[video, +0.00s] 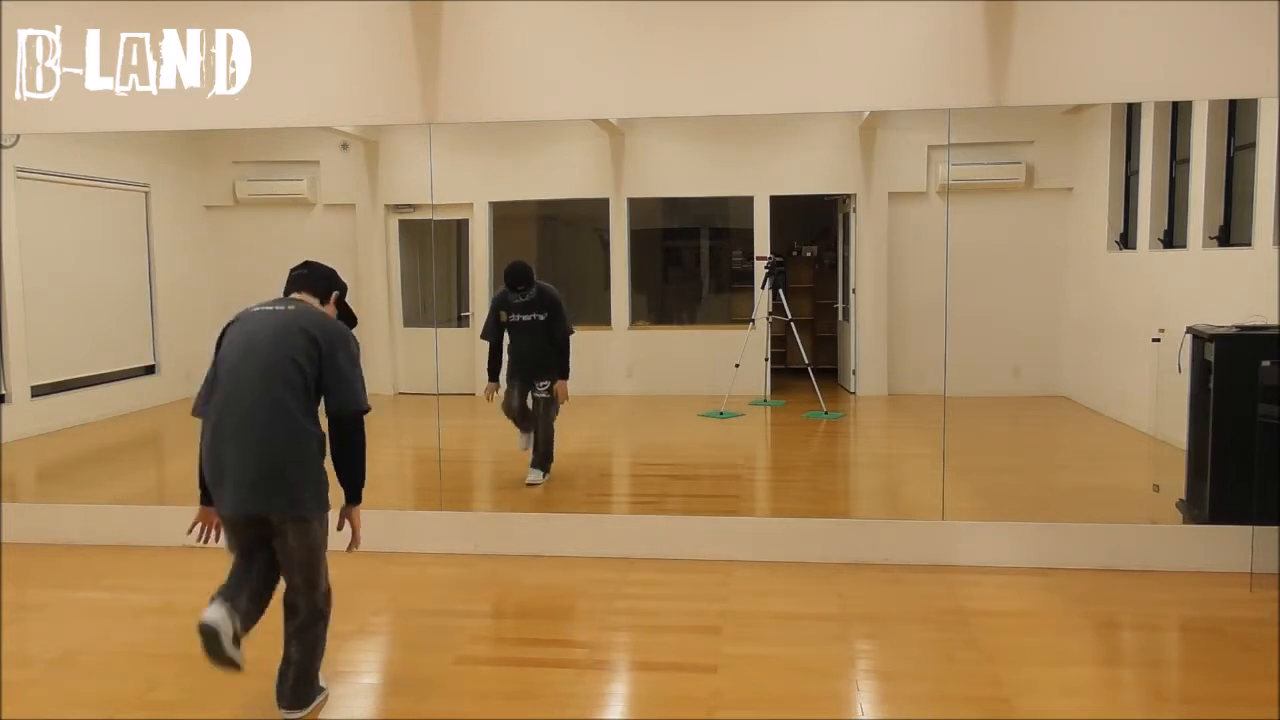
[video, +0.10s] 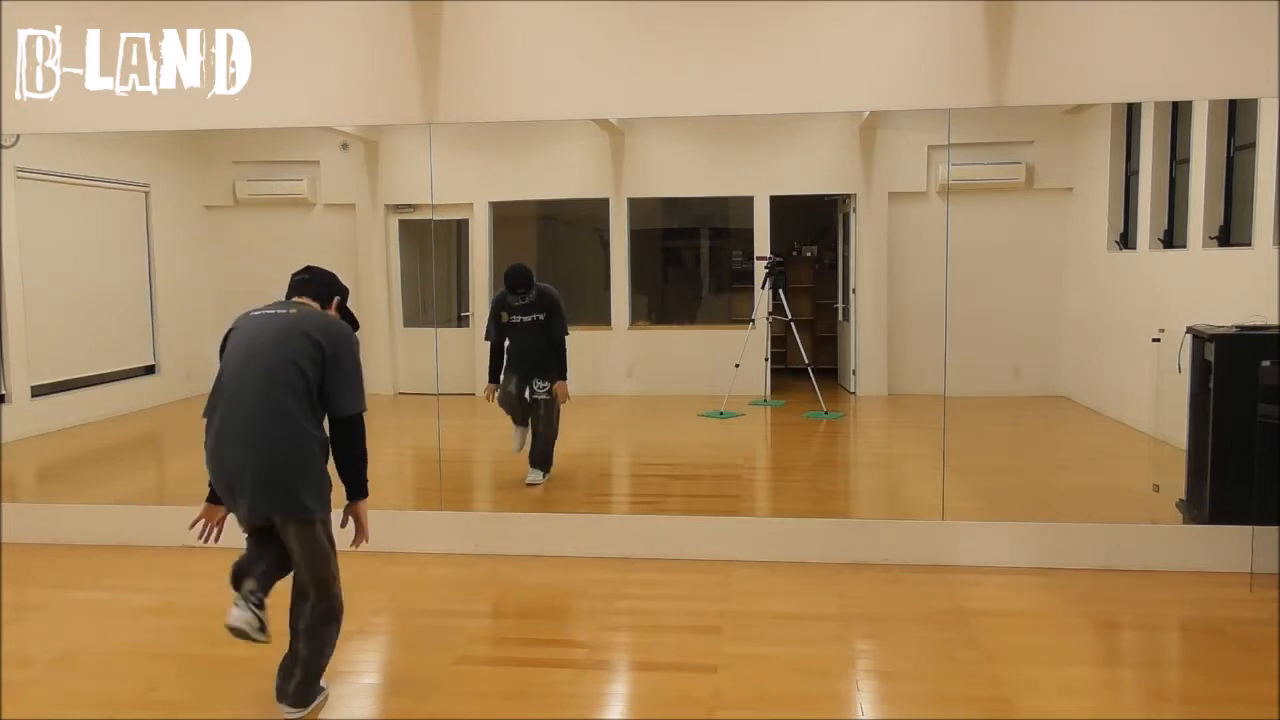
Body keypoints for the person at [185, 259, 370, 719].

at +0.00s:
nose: (335, 318)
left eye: (337, 312)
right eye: (338, 311)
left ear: (289, 293)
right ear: (330, 300)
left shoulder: (239, 323)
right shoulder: (329, 331)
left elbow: (210, 414)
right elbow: (347, 416)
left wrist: (208, 495)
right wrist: (352, 497)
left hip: (228, 466)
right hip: (291, 468)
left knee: (256, 552)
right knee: (307, 587)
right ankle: (297, 692)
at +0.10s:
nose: (338, 318)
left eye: (340, 314)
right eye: (341, 313)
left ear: (290, 297)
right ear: (332, 306)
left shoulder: (245, 323)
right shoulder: (333, 332)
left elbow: (219, 410)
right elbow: (347, 422)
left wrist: (218, 491)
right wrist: (357, 495)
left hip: (231, 461)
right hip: (292, 466)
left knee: (270, 538)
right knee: (319, 588)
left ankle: (248, 597)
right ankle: (298, 690)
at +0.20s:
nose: (343, 311)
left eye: (343, 306)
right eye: (344, 306)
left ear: (293, 286)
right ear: (336, 296)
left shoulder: (243, 312)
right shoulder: (337, 315)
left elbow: (223, 395)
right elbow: (354, 404)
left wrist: (221, 470)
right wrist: (361, 475)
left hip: (235, 459)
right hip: (294, 462)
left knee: (261, 545)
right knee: (312, 575)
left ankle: (274, 632)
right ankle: (297, 692)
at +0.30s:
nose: (342, 305)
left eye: (343, 300)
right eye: (343, 298)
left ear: (296, 278)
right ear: (334, 288)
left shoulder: (241, 301)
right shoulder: (337, 307)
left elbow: (236, 372)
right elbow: (357, 392)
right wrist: (365, 460)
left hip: (231, 461)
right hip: (294, 462)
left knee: (255, 574)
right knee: (311, 575)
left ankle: (282, 668)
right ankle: (282, 688)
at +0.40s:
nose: (342, 303)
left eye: (343, 299)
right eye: (344, 297)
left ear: (294, 278)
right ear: (334, 288)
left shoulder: (244, 305)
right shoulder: (339, 310)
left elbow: (239, 379)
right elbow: (357, 398)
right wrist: (365, 464)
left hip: (230, 463)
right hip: (295, 465)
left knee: (255, 574)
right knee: (308, 577)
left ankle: (269, 661)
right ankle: (283, 688)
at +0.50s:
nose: (342, 306)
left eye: (342, 302)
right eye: (344, 301)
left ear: (292, 283)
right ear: (334, 293)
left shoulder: (245, 313)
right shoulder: (337, 323)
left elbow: (230, 399)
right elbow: (352, 408)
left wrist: (227, 480)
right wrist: (359, 481)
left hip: (236, 462)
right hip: (296, 463)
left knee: (265, 553)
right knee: (306, 573)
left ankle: (270, 644)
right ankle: (284, 688)